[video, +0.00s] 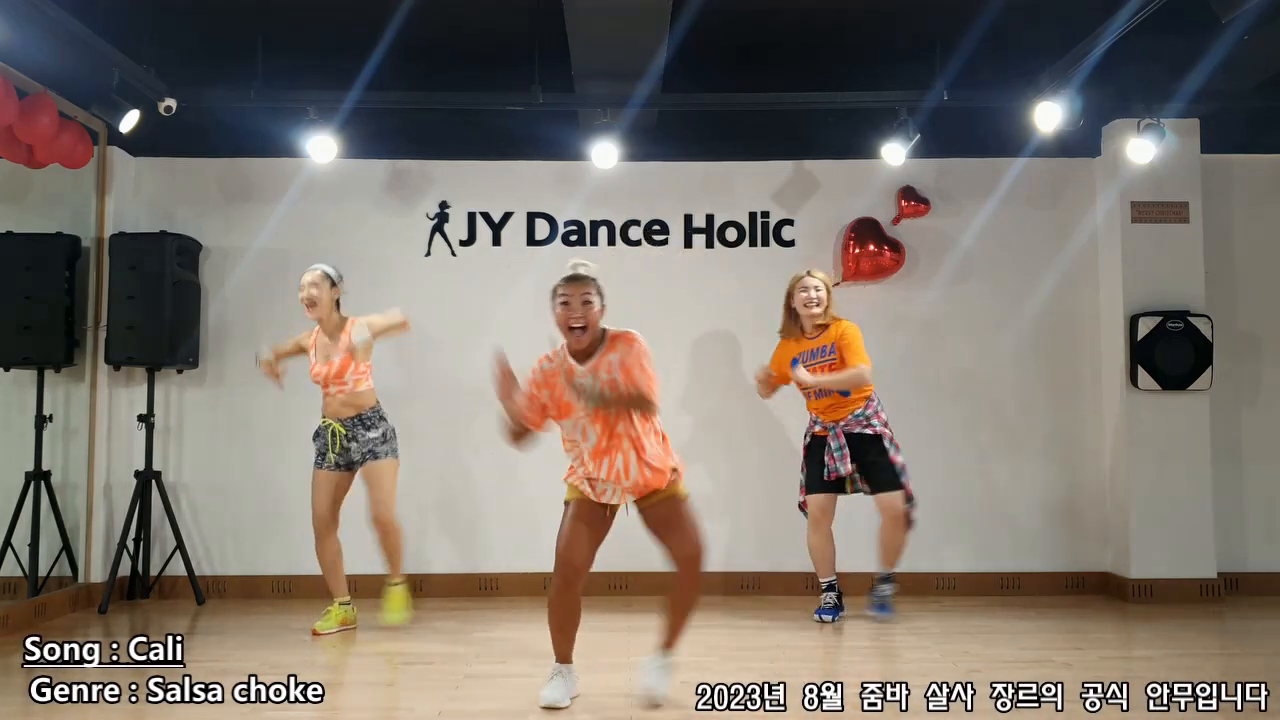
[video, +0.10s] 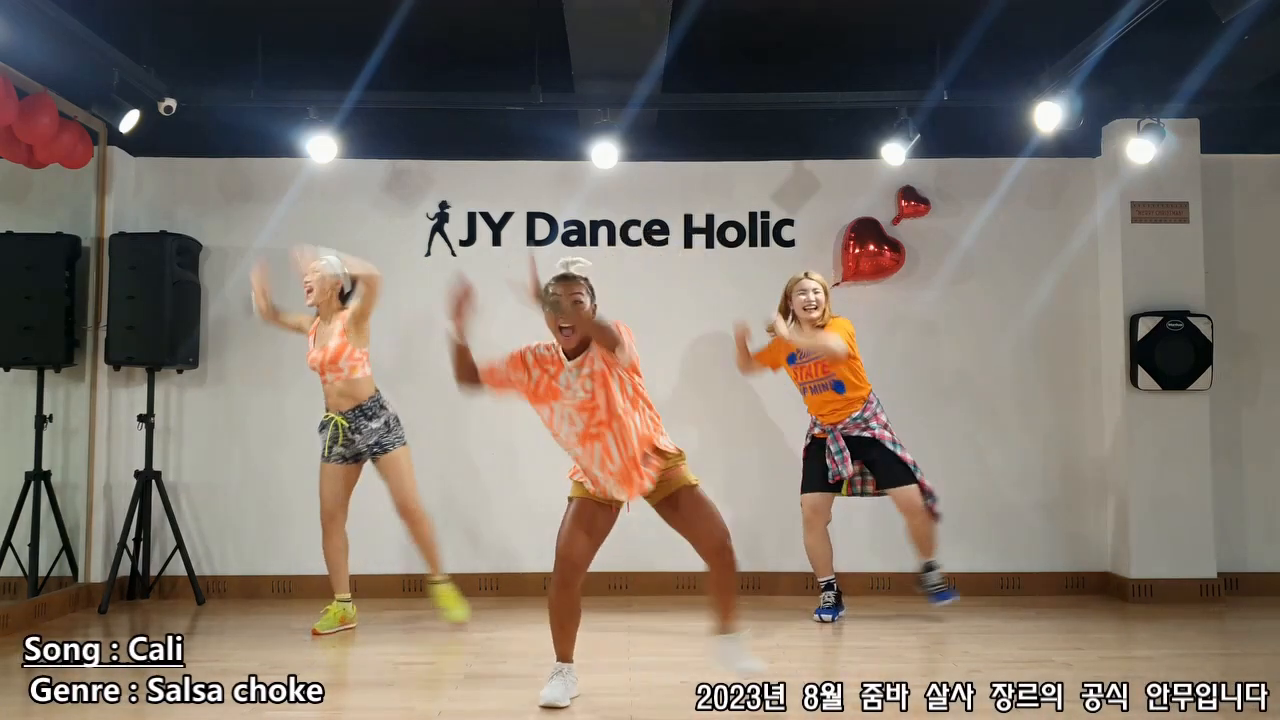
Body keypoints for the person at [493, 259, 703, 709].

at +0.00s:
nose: (576, 310)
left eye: (586, 300)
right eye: (566, 302)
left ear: (602, 308)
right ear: (554, 312)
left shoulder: (627, 346)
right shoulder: (547, 369)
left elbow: (647, 400)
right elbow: (520, 435)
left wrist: (595, 395)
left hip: (649, 468)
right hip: (592, 475)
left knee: (691, 556)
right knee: (566, 569)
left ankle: (663, 657)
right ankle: (562, 670)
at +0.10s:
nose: (569, 308)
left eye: (578, 298)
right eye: (558, 300)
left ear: (592, 306)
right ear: (545, 312)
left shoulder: (614, 343)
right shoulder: (533, 363)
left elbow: (604, 332)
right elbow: (468, 377)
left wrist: (552, 300)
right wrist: (459, 328)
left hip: (653, 461)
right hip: (597, 474)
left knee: (719, 543)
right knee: (567, 563)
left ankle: (728, 640)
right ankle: (563, 670)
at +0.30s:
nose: (567, 310)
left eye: (578, 299)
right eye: (557, 300)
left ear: (595, 305)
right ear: (548, 306)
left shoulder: (618, 343)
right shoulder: (539, 354)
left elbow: (638, 338)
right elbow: (470, 362)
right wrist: (463, 324)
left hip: (651, 463)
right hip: (594, 479)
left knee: (721, 555)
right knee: (567, 570)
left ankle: (755, 640)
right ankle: (564, 670)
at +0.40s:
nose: (587, 306)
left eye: (598, 296)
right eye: (577, 297)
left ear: (613, 304)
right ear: (566, 307)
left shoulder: (641, 351)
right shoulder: (550, 363)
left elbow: (688, 408)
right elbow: (515, 417)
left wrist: (650, 399)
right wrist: (518, 405)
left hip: (647, 472)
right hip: (587, 484)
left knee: (720, 546)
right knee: (562, 567)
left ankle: (711, 645)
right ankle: (562, 670)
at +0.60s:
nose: (632, 279)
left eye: (641, 270)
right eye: (622, 273)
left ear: (658, 279)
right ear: (611, 284)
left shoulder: (687, 336)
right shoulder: (595, 340)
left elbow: (724, 397)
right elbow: (570, 414)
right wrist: (577, 403)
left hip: (671, 451)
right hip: (614, 454)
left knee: (706, 553)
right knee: (589, 555)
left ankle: (696, 660)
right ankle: (573, 665)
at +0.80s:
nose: (665, 283)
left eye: (674, 275)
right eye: (654, 276)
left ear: (689, 286)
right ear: (641, 288)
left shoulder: (713, 335)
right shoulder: (628, 339)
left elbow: (763, 360)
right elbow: (584, 365)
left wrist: (763, 336)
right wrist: (600, 347)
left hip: (698, 464)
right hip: (640, 465)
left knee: (723, 553)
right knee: (632, 558)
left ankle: (702, 662)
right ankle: (646, 666)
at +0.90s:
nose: (681, 287)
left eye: (690, 279)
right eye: (671, 280)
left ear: (703, 289)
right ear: (656, 290)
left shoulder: (724, 343)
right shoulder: (633, 344)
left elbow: (769, 403)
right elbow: (578, 395)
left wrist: (745, 376)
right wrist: (612, 376)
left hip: (702, 470)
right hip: (642, 470)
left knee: (758, 545)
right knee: (642, 562)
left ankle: (734, 649)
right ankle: (649, 668)